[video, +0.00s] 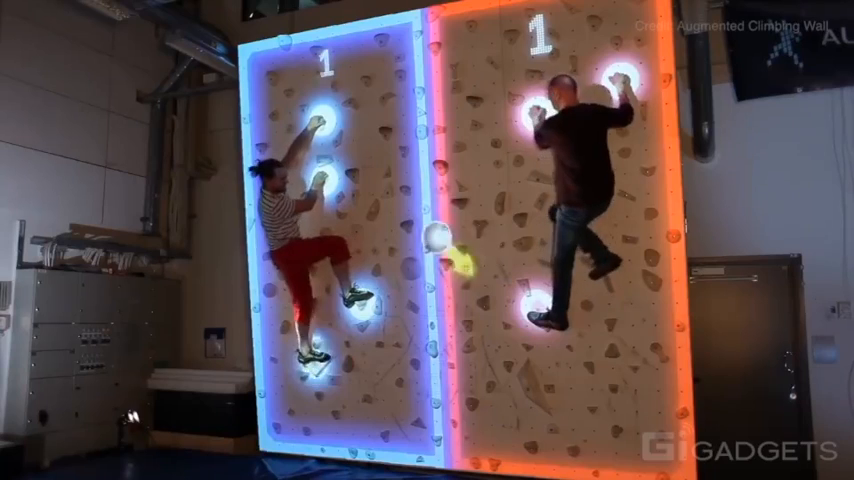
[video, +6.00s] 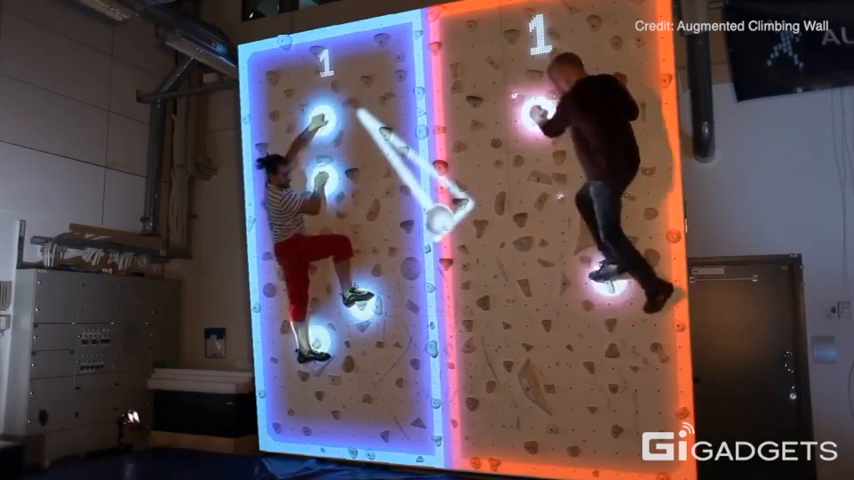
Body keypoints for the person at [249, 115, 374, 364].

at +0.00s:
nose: (285, 181)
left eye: (285, 177)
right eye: (281, 179)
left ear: (273, 179)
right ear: (269, 181)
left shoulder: (269, 191)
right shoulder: (277, 203)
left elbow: (291, 156)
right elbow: (308, 205)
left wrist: (309, 130)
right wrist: (318, 187)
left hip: (283, 254)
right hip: (292, 250)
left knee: (304, 301)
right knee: (336, 245)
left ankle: (305, 351)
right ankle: (349, 293)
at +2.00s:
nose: (296, 185)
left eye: (295, 181)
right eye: (291, 183)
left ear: (282, 185)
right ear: (279, 186)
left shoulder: (278, 202)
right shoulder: (286, 208)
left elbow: (298, 163)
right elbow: (318, 207)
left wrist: (311, 132)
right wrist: (321, 187)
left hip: (295, 264)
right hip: (304, 260)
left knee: (326, 305)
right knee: (346, 244)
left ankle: (309, 353)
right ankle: (349, 291)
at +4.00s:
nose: (280, 182)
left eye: (279, 178)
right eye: (277, 179)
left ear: (263, 184)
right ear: (266, 184)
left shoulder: (259, 198)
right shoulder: (274, 204)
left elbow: (281, 173)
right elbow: (310, 208)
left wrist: (301, 171)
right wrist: (318, 184)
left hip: (285, 259)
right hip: (295, 253)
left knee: (314, 301)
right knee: (339, 243)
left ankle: (306, 350)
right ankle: (348, 293)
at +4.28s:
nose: (288, 177)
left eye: (285, 174)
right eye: (283, 176)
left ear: (272, 182)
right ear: (272, 183)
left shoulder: (273, 193)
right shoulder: (279, 204)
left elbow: (307, 168)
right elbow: (311, 208)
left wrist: (338, 168)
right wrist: (319, 184)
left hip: (285, 253)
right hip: (292, 251)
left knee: (308, 299)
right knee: (338, 244)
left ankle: (306, 351)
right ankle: (348, 293)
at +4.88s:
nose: (306, 164)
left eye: (304, 162)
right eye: (302, 164)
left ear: (290, 171)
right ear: (294, 171)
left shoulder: (290, 183)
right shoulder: (293, 193)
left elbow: (318, 152)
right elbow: (322, 209)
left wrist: (342, 127)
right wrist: (321, 185)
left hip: (290, 246)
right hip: (300, 243)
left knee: (303, 296)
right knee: (345, 242)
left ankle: (305, 350)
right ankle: (348, 292)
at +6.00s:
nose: (289, 176)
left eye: (288, 172)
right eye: (285, 174)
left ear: (278, 173)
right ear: (274, 176)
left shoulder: (273, 186)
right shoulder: (282, 198)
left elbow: (294, 151)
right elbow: (315, 207)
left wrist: (312, 128)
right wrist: (320, 187)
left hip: (286, 248)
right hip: (295, 246)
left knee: (298, 298)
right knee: (339, 243)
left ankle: (304, 350)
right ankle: (349, 293)